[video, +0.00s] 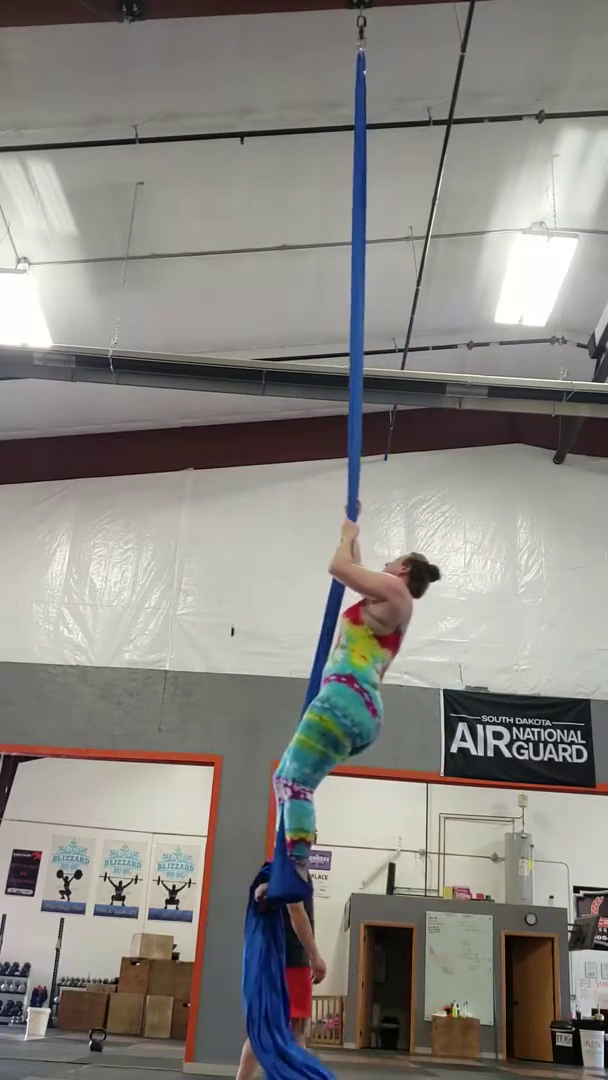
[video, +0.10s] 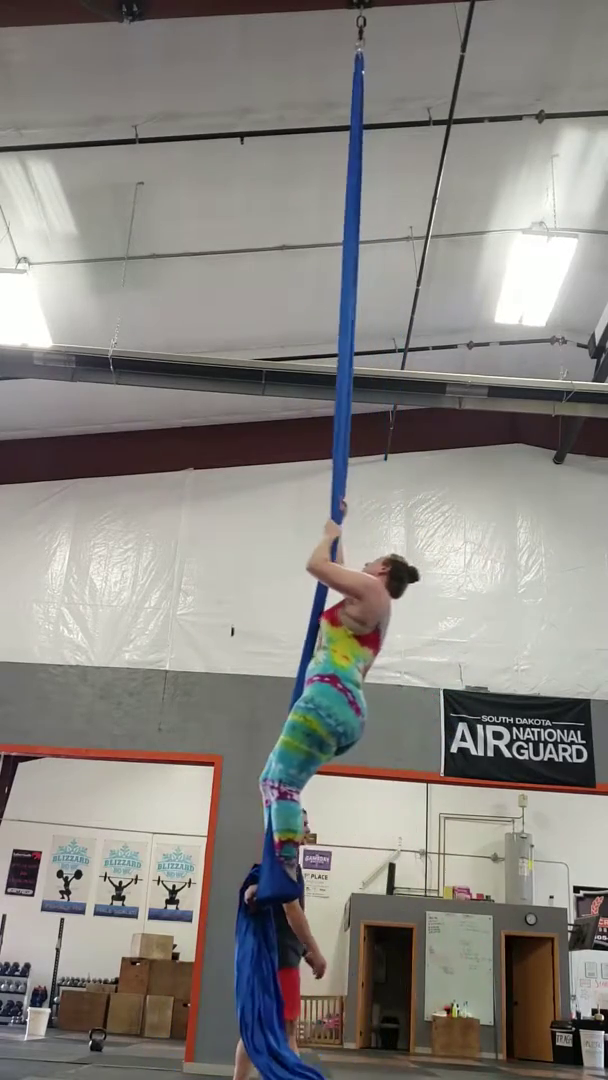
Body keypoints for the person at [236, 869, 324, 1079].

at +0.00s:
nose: (315, 841)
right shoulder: (291, 867)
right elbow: (297, 914)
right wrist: (315, 955)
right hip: (292, 961)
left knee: (260, 1027)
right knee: (296, 1030)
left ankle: (243, 1075)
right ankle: (296, 1074)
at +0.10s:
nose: (308, 833)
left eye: (307, 826)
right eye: (304, 827)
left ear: (284, 830)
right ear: (292, 830)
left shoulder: (276, 861)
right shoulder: (285, 863)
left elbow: (290, 913)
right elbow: (292, 911)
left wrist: (307, 949)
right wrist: (313, 950)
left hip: (267, 956)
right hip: (281, 959)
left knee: (255, 1025)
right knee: (287, 1029)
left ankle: (239, 1074)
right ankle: (290, 1076)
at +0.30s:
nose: (298, 828)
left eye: (297, 823)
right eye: (293, 823)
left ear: (279, 826)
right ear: (276, 824)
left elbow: (233, 884)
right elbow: (277, 901)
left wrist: (226, 890)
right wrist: (299, 942)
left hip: (251, 951)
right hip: (270, 953)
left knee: (246, 1021)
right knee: (284, 1021)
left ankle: (237, 1074)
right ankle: (283, 1074)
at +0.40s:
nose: (294, 828)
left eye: (294, 823)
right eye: (290, 823)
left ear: (272, 825)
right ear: (274, 824)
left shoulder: (256, 851)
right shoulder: (272, 853)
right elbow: (272, 902)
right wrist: (291, 943)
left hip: (249, 947)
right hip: (266, 949)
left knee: (245, 1020)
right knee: (283, 1017)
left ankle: (236, 1075)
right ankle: (278, 1074)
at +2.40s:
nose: (304, 813)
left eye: (303, 807)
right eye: (298, 807)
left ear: (279, 812)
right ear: (291, 812)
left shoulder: (299, 849)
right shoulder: (281, 844)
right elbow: (259, 877)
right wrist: (263, 917)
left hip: (292, 948)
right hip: (275, 947)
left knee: (288, 1025)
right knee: (267, 1024)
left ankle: (283, 1076)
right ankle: (255, 1075)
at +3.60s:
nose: (310, 819)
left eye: (310, 814)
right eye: (306, 813)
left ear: (289, 816)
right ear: (288, 814)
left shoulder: (287, 848)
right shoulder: (278, 845)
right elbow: (257, 878)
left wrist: (290, 925)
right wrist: (262, 923)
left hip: (286, 950)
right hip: (271, 949)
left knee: (287, 1026)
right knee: (265, 1025)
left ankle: (282, 1077)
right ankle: (256, 1076)